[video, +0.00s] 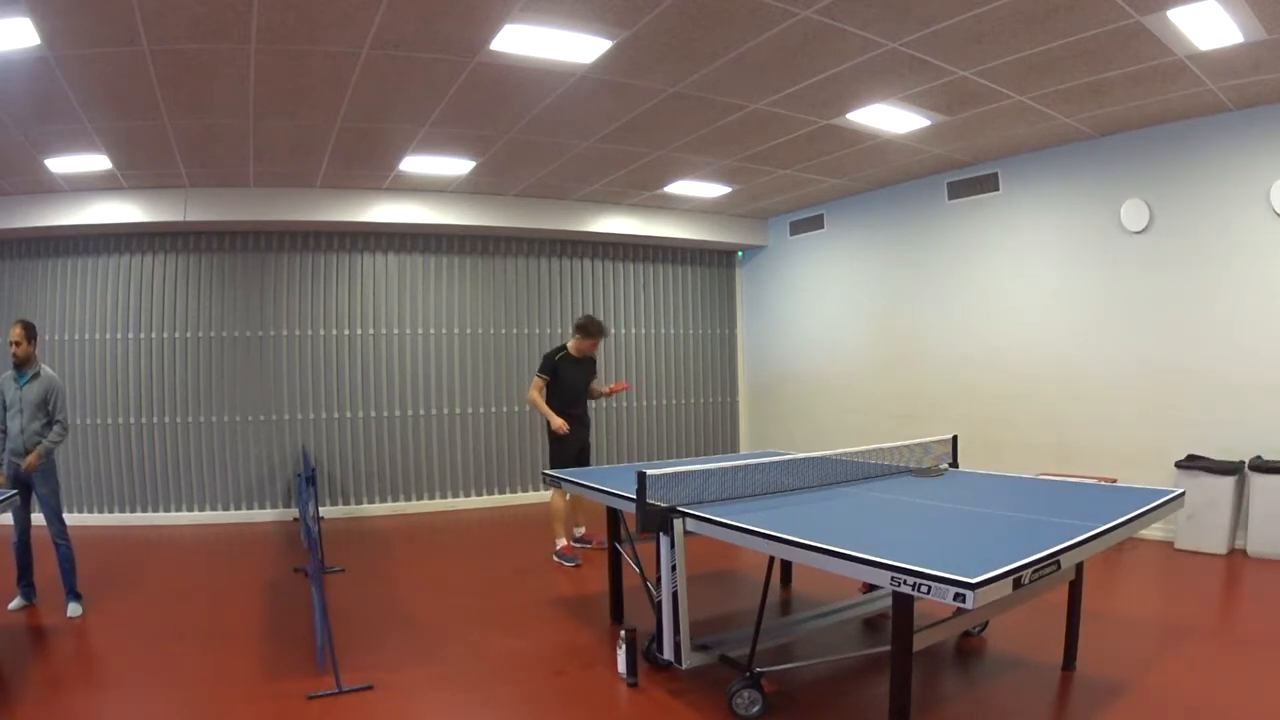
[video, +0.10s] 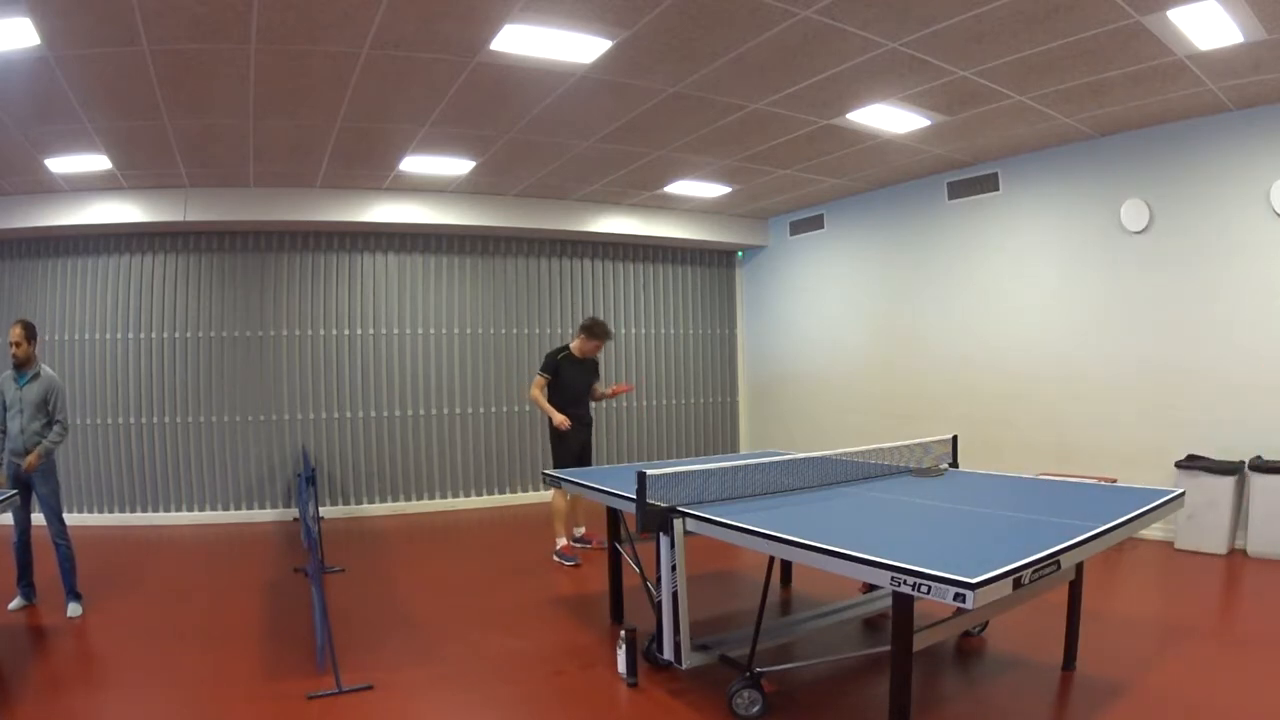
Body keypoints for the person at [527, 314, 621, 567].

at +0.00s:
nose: (596, 348)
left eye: (597, 344)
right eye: (593, 343)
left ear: (592, 341)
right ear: (579, 338)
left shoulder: (589, 360)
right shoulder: (554, 359)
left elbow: (588, 390)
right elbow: (533, 394)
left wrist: (604, 391)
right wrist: (552, 417)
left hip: (581, 428)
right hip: (561, 429)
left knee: (580, 484)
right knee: (560, 487)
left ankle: (578, 533)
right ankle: (560, 544)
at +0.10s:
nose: (599, 351)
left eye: (601, 347)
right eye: (597, 346)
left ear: (595, 343)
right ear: (583, 338)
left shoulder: (591, 363)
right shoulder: (555, 358)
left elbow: (592, 393)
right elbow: (535, 392)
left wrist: (607, 393)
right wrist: (554, 415)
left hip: (583, 428)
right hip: (562, 428)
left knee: (581, 483)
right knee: (562, 486)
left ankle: (578, 533)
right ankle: (561, 543)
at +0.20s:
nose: (600, 351)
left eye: (602, 347)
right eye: (599, 346)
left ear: (596, 342)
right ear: (586, 338)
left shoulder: (593, 363)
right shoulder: (557, 357)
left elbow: (593, 395)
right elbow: (537, 391)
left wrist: (608, 393)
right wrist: (555, 415)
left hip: (584, 428)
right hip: (563, 428)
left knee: (582, 482)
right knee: (564, 484)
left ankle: (579, 533)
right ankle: (560, 541)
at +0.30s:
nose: (601, 348)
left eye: (603, 344)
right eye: (599, 342)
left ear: (596, 339)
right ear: (585, 335)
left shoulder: (594, 362)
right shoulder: (558, 356)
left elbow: (593, 395)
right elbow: (539, 390)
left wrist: (609, 391)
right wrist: (557, 420)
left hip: (585, 429)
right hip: (564, 429)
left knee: (583, 482)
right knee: (566, 483)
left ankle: (579, 533)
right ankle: (560, 539)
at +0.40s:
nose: (601, 344)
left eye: (603, 339)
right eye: (599, 339)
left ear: (598, 337)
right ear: (583, 333)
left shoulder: (595, 362)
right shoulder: (559, 356)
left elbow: (594, 394)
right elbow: (539, 389)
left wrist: (609, 391)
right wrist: (556, 420)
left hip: (586, 428)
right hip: (564, 428)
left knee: (583, 482)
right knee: (565, 484)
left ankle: (579, 533)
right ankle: (560, 539)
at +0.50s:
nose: (599, 339)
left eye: (601, 335)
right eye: (595, 334)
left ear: (600, 335)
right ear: (580, 332)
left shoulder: (595, 360)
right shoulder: (560, 356)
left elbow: (596, 393)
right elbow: (537, 385)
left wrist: (611, 391)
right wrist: (553, 416)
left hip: (586, 428)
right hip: (565, 428)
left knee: (585, 482)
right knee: (565, 484)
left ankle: (579, 533)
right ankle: (560, 539)